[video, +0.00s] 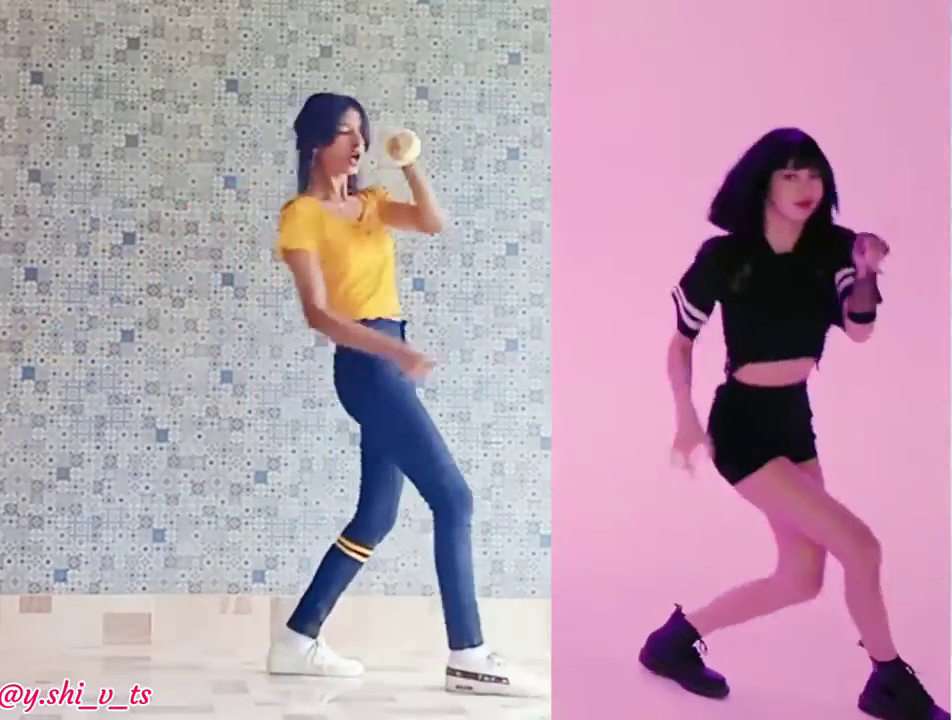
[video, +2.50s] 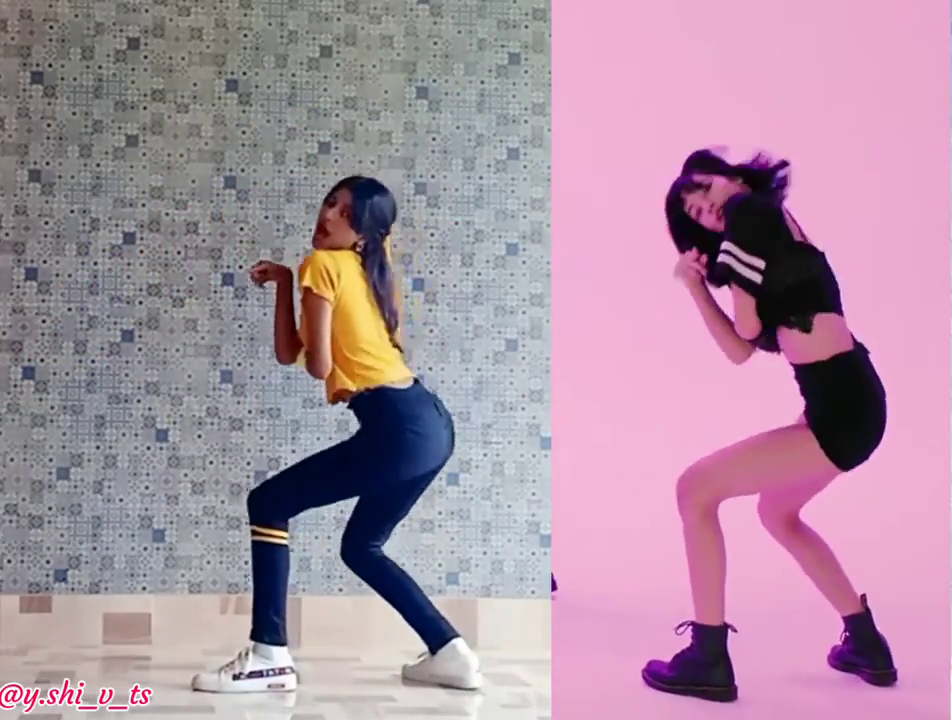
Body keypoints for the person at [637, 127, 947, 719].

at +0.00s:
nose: (806, 186)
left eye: (815, 174)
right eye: (791, 173)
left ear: (825, 185)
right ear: (763, 183)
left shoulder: (829, 248)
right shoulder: (725, 256)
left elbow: (859, 330)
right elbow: (680, 342)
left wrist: (866, 275)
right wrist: (684, 418)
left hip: (795, 418)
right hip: (740, 425)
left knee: (798, 581)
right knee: (859, 545)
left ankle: (676, 637)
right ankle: (889, 677)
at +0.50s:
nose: (786, 74)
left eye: (801, 66)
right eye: (791, 63)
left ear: (835, 85)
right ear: (835, 89)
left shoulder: (781, 152)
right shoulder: (843, 160)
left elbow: (707, 229)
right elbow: (742, 203)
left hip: (767, 338)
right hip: (818, 335)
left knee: (711, 505)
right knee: (810, 495)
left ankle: (687, 661)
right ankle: (832, 644)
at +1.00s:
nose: (786, 82)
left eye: (801, 71)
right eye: (779, 72)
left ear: (834, 83)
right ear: (775, 81)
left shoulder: (792, 138)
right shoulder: (795, 136)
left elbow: (702, 203)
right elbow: (684, 180)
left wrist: (715, 172)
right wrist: (688, 105)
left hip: (734, 330)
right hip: (762, 326)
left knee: (684, 502)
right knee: (767, 490)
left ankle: (657, 668)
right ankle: (810, 649)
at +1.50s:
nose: (772, 95)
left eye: (785, 84)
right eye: (763, 85)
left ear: (813, 91)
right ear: (753, 92)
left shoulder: (791, 150)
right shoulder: (770, 150)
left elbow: (715, 227)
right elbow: (685, 206)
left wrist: (721, 195)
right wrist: (690, 119)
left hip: (736, 351)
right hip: (750, 348)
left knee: (650, 504)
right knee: (741, 508)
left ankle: (650, 681)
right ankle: (812, 658)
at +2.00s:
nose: (774, 118)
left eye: (786, 105)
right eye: (764, 109)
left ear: (813, 110)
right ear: (757, 117)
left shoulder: (810, 167)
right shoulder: (793, 173)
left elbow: (742, 252)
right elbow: (713, 239)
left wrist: (740, 236)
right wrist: (708, 156)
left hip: (773, 376)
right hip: (786, 370)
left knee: (651, 498)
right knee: (753, 514)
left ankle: (678, 671)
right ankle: (841, 653)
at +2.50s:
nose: (701, 211)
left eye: (700, 192)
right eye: (692, 213)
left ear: (726, 177)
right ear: (696, 224)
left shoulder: (750, 220)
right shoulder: (760, 237)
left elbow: (750, 326)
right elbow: (738, 352)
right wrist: (697, 286)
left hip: (843, 413)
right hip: (849, 405)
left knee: (696, 488)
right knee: (778, 514)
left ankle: (708, 657)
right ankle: (865, 640)